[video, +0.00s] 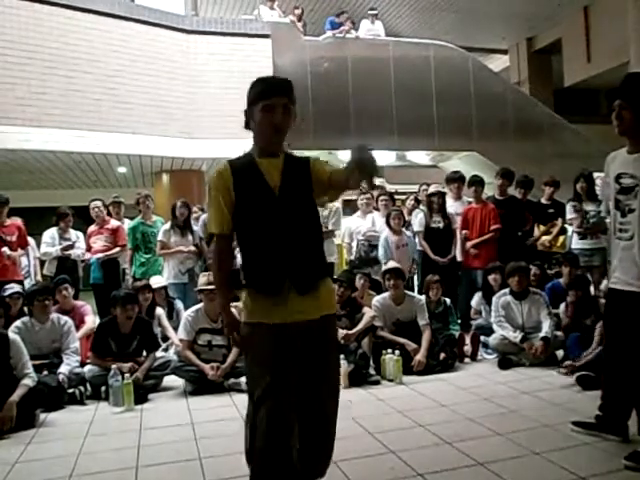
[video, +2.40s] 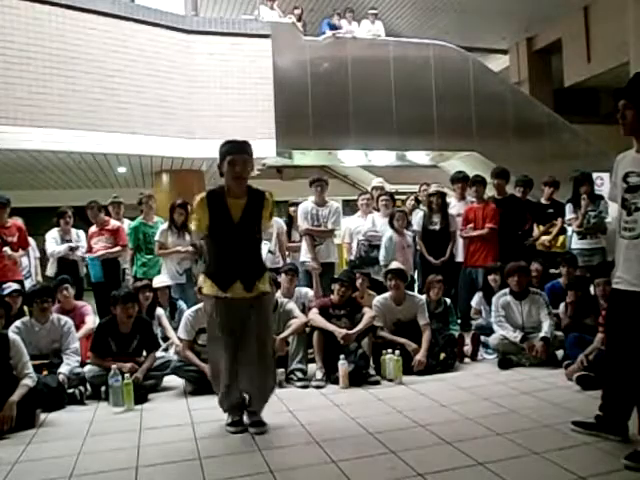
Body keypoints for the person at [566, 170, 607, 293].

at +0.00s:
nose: (582, 186)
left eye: (585, 182)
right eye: (579, 182)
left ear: (590, 185)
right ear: (575, 185)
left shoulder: (600, 204)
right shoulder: (572, 204)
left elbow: (605, 224)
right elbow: (577, 226)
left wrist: (586, 229)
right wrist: (598, 226)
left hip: (598, 246)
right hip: (579, 247)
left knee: (597, 284)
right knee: (579, 283)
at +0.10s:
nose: (581, 186)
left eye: (584, 182)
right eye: (578, 182)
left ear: (590, 185)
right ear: (575, 185)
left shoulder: (599, 203)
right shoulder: (572, 204)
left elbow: (603, 223)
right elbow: (576, 225)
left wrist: (585, 229)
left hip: (598, 247)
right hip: (579, 247)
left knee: (597, 284)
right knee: (579, 283)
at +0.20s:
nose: (582, 186)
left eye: (585, 182)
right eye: (579, 182)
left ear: (590, 184)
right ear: (575, 185)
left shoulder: (599, 202)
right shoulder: (572, 204)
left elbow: (603, 223)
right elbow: (576, 225)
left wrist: (585, 229)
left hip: (598, 247)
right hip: (579, 247)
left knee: (598, 285)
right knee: (580, 284)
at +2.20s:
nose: (585, 189)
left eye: (587, 185)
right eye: (582, 185)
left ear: (591, 186)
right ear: (577, 187)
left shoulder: (600, 201)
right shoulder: (571, 204)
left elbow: (602, 223)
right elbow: (576, 226)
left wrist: (583, 229)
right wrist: (584, 208)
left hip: (597, 246)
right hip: (579, 246)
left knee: (599, 279)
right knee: (580, 280)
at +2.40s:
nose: (585, 189)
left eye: (588, 185)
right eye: (582, 185)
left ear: (591, 186)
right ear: (577, 187)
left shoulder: (600, 201)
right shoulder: (571, 204)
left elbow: (602, 223)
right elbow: (576, 226)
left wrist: (583, 229)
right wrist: (583, 208)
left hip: (597, 246)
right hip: (579, 247)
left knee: (599, 280)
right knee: (580, 280)